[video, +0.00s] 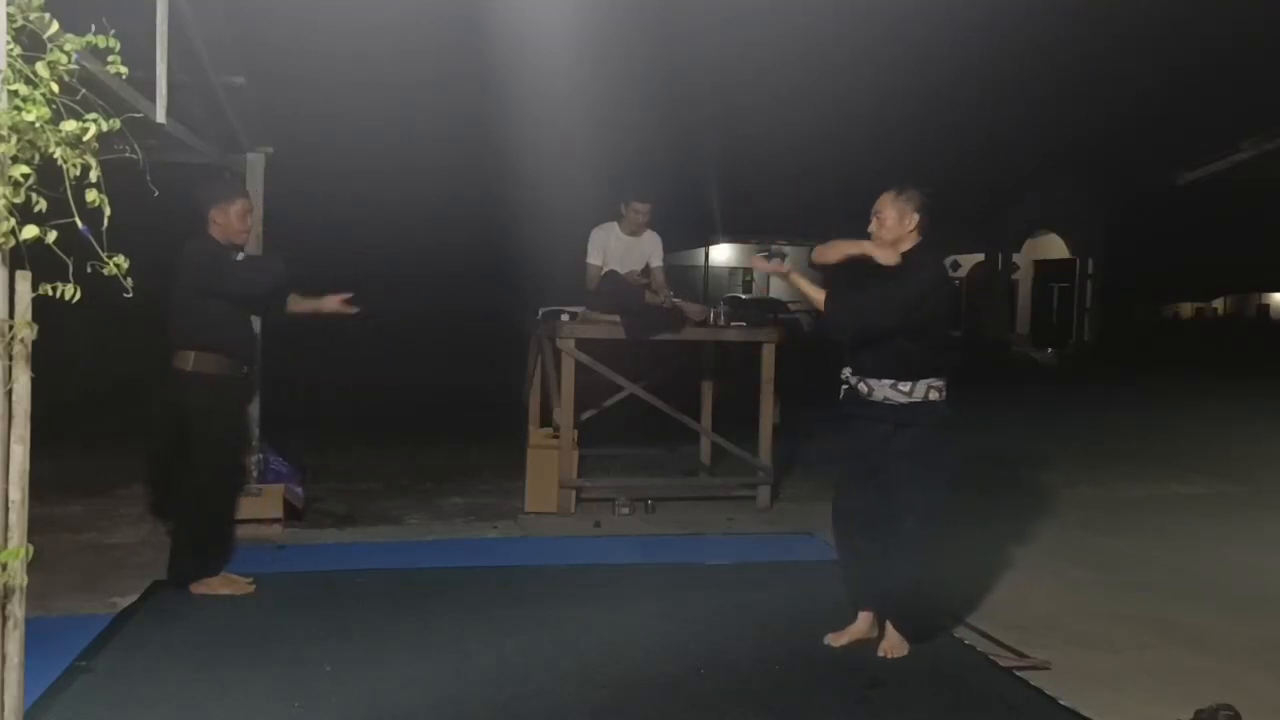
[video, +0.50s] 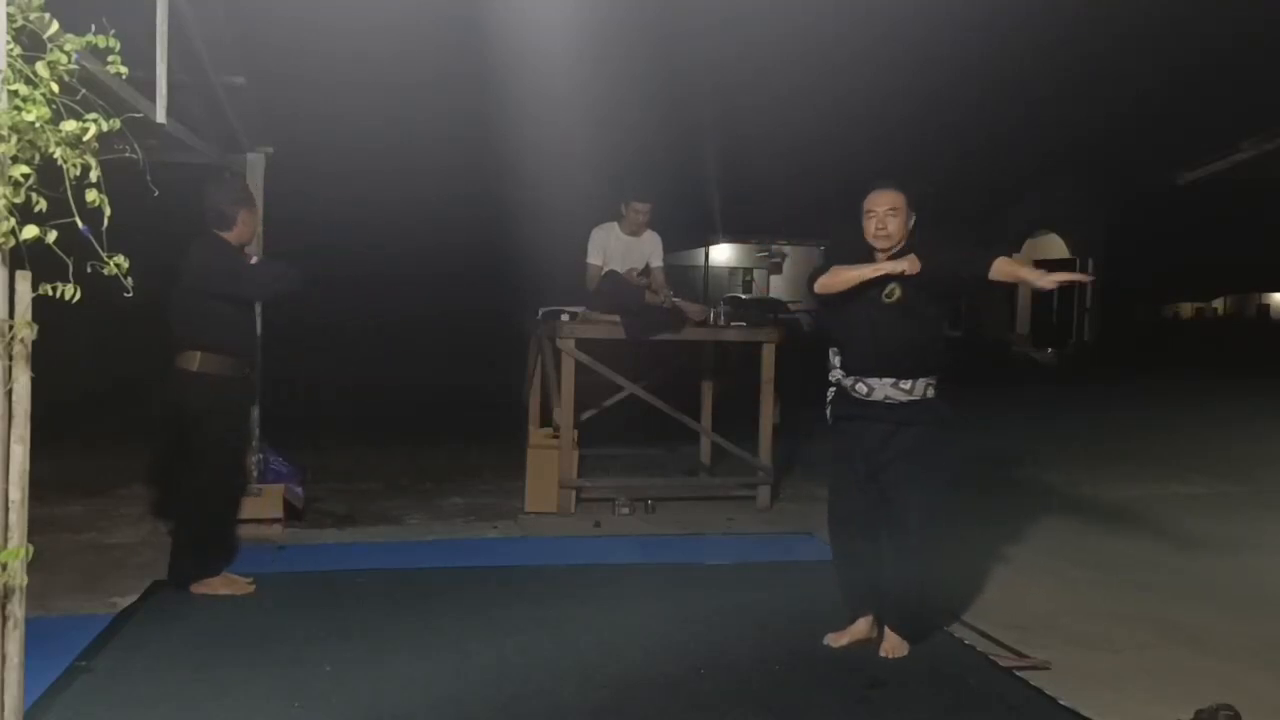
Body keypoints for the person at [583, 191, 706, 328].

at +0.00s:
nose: (641, 219)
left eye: (645, 214)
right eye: (636, 212)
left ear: (650, 214)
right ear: (623, 209)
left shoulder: (653, 240)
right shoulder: (601, 234)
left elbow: (659, 283)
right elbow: (591, 285)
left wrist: (665, 297)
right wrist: (623, 280)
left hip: (635, 298)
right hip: (601, 299)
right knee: (611, 278)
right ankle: (677, 310)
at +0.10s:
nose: (641, 219)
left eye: (645, 214)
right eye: (636, 212)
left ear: (650, 215)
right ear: (623, 210)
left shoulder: (653, 239)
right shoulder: (601, 234)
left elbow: (659, 283)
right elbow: (591, 284)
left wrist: (665, 296)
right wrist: (623, 280)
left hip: (636, 298)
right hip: (602, 299)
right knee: (611, 278)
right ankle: (676, 310)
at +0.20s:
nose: (641, 219)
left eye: (646, 214)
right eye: (636, 213)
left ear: (650, 214)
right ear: (623, 209)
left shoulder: (653, 240)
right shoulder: (602, 234)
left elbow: (659, 283)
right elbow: (591, 284)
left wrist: (665, 295)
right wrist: (623, 281)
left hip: (636, 300)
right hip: (602, 300)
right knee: (611, 278)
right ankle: (676, 310)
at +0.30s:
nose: (641, 219)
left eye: (646, 214)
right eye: (636, 213)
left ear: (650, 214)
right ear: (623, 210)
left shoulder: (653, 240)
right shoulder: (601, 234)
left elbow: (658, 282)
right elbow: (591, 284)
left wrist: (665, 296)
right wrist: (623, 281)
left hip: (636, 301)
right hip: (602, 300)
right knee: (611, 278)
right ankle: (676, 308)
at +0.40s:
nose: (641, 219)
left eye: (646, 214)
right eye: (636, 212)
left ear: (650, 215)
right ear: (623, 210)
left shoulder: (653, 240)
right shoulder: (601, 234)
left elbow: (659, 283)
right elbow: (591, 284)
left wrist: (664, 295)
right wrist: (623, 280)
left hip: (636, 300)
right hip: (602, 299)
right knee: (610, 278)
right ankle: (675, 308)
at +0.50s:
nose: (641, 219)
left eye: (646, 214)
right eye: (636, 212)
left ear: (650, 214)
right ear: (623, 210)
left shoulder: (653, 239)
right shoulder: (601, 234)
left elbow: (658, 282)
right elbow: (591, 284)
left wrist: (664, 295)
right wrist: (623, 281)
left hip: (636, 300)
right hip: (603, 299)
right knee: (610, 278)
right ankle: (676, 308)